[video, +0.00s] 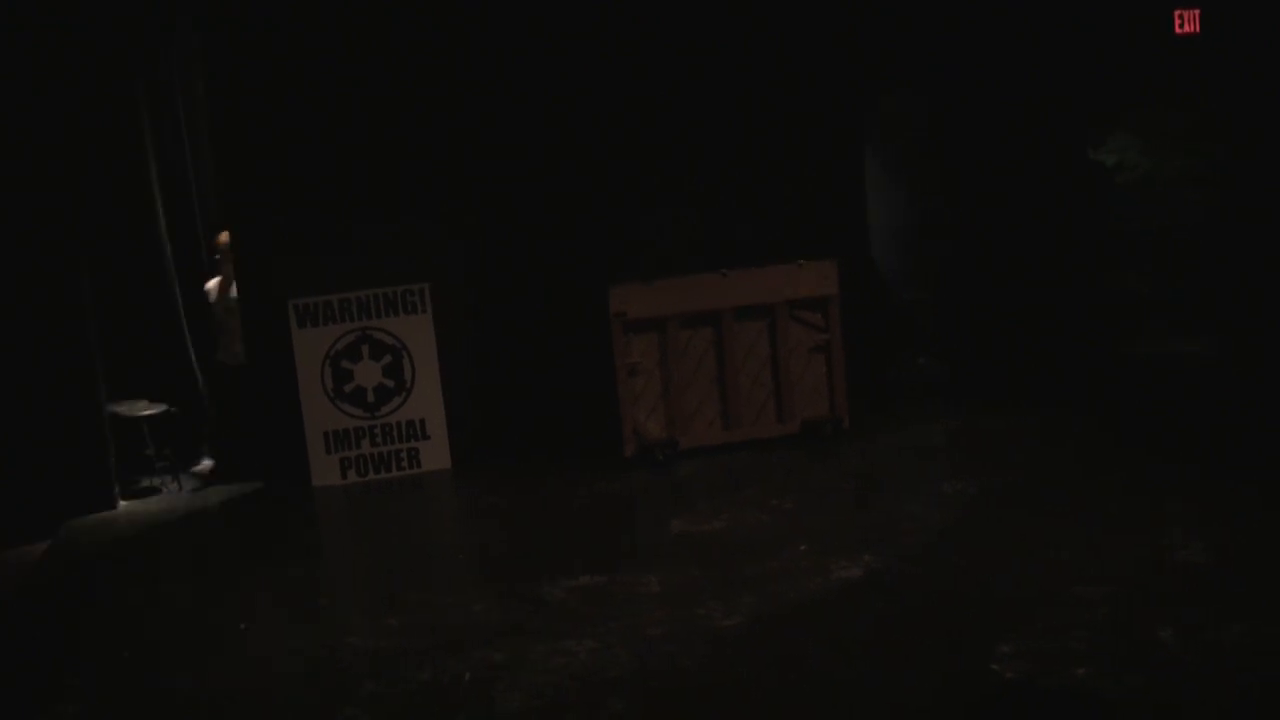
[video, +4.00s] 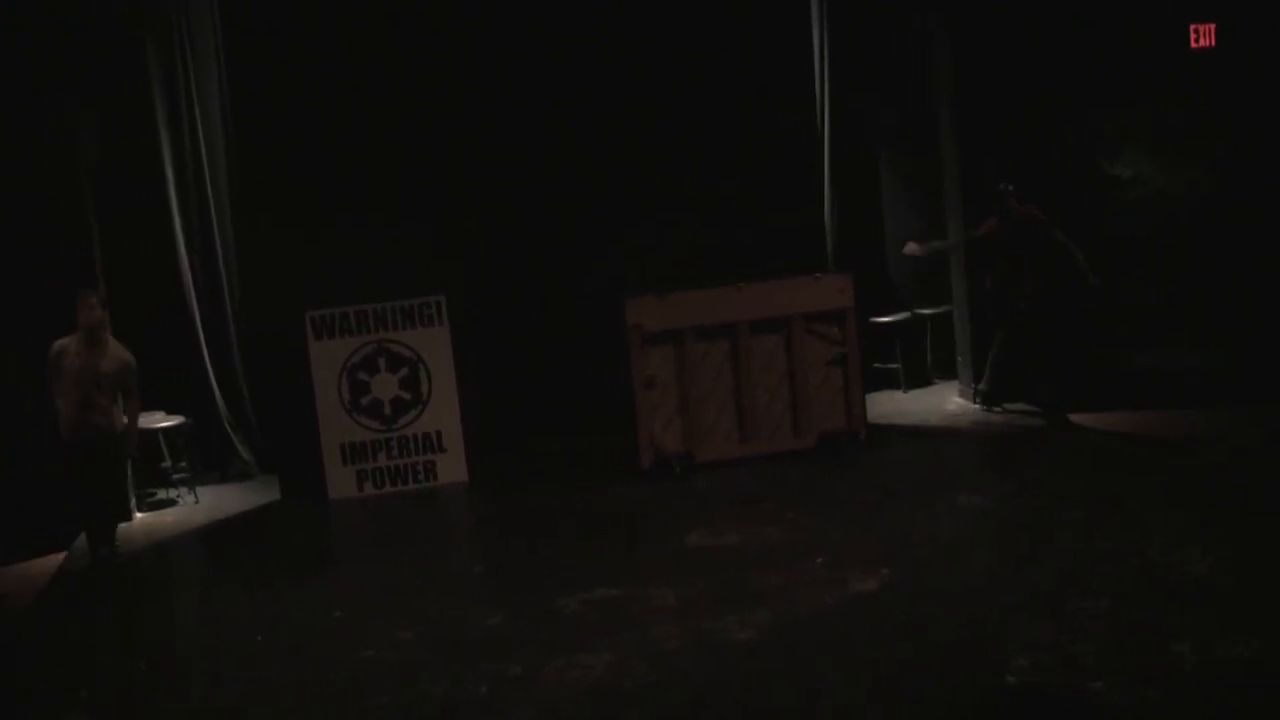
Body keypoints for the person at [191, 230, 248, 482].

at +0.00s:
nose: (226, 256)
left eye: (229, 250)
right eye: (222, 251)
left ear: (236, 252)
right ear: (216, 255)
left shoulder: (239, 285)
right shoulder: (212, 288)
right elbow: (217, 309)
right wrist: (228, 273)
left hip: (246, 355)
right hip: (224, 357)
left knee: (251, 404)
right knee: (229, 407)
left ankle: (258, 453)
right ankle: (232, 456)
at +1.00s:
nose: (102, 260)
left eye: (105, 254)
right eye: (97, 254)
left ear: (110, 258)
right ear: (86, 258)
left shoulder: (121, 293)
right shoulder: (68, 296)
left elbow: (101, 312)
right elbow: (64, 336)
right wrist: (68, 370)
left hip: (118, 375)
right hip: (83, 379)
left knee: (134, 429)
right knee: (77, 442)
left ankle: (161, 487)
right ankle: (70, 508)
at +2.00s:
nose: (36, 303)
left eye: (40, 297)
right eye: (31, 298)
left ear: (50, 299)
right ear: (25, 303)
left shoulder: (71, 328)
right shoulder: (18, 338)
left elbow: (89, 363)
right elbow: (17, 380)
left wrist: (96, 400)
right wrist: (21, 410)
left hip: (72, 400)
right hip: (39, 406)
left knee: (69, 445)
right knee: (44, 457)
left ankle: (105, 506)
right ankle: (55, 521)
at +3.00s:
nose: (65, 343)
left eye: (70, 338)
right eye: (61, 338)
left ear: (80, 343)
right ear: (56, 343)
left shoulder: (95, 379)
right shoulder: (46, 380)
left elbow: (97, 421)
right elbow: (47, 418)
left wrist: (74, 428)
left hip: (98, 436)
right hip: (67, 441)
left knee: (95, 466)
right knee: (60, 470)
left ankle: (111, 513)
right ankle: (70, 521)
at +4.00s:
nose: (89, 315)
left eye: (94, 309)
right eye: (84, 309)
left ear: (105, 313)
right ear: (78, 314)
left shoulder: (120, 356)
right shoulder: (62, 351)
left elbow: (131, 397)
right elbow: (56, 389)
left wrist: (130, 429)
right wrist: (64, 421)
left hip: (109, 431)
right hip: (74, 430)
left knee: (110, 488)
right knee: (85, 488)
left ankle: (109, 545)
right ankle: (94, 548)